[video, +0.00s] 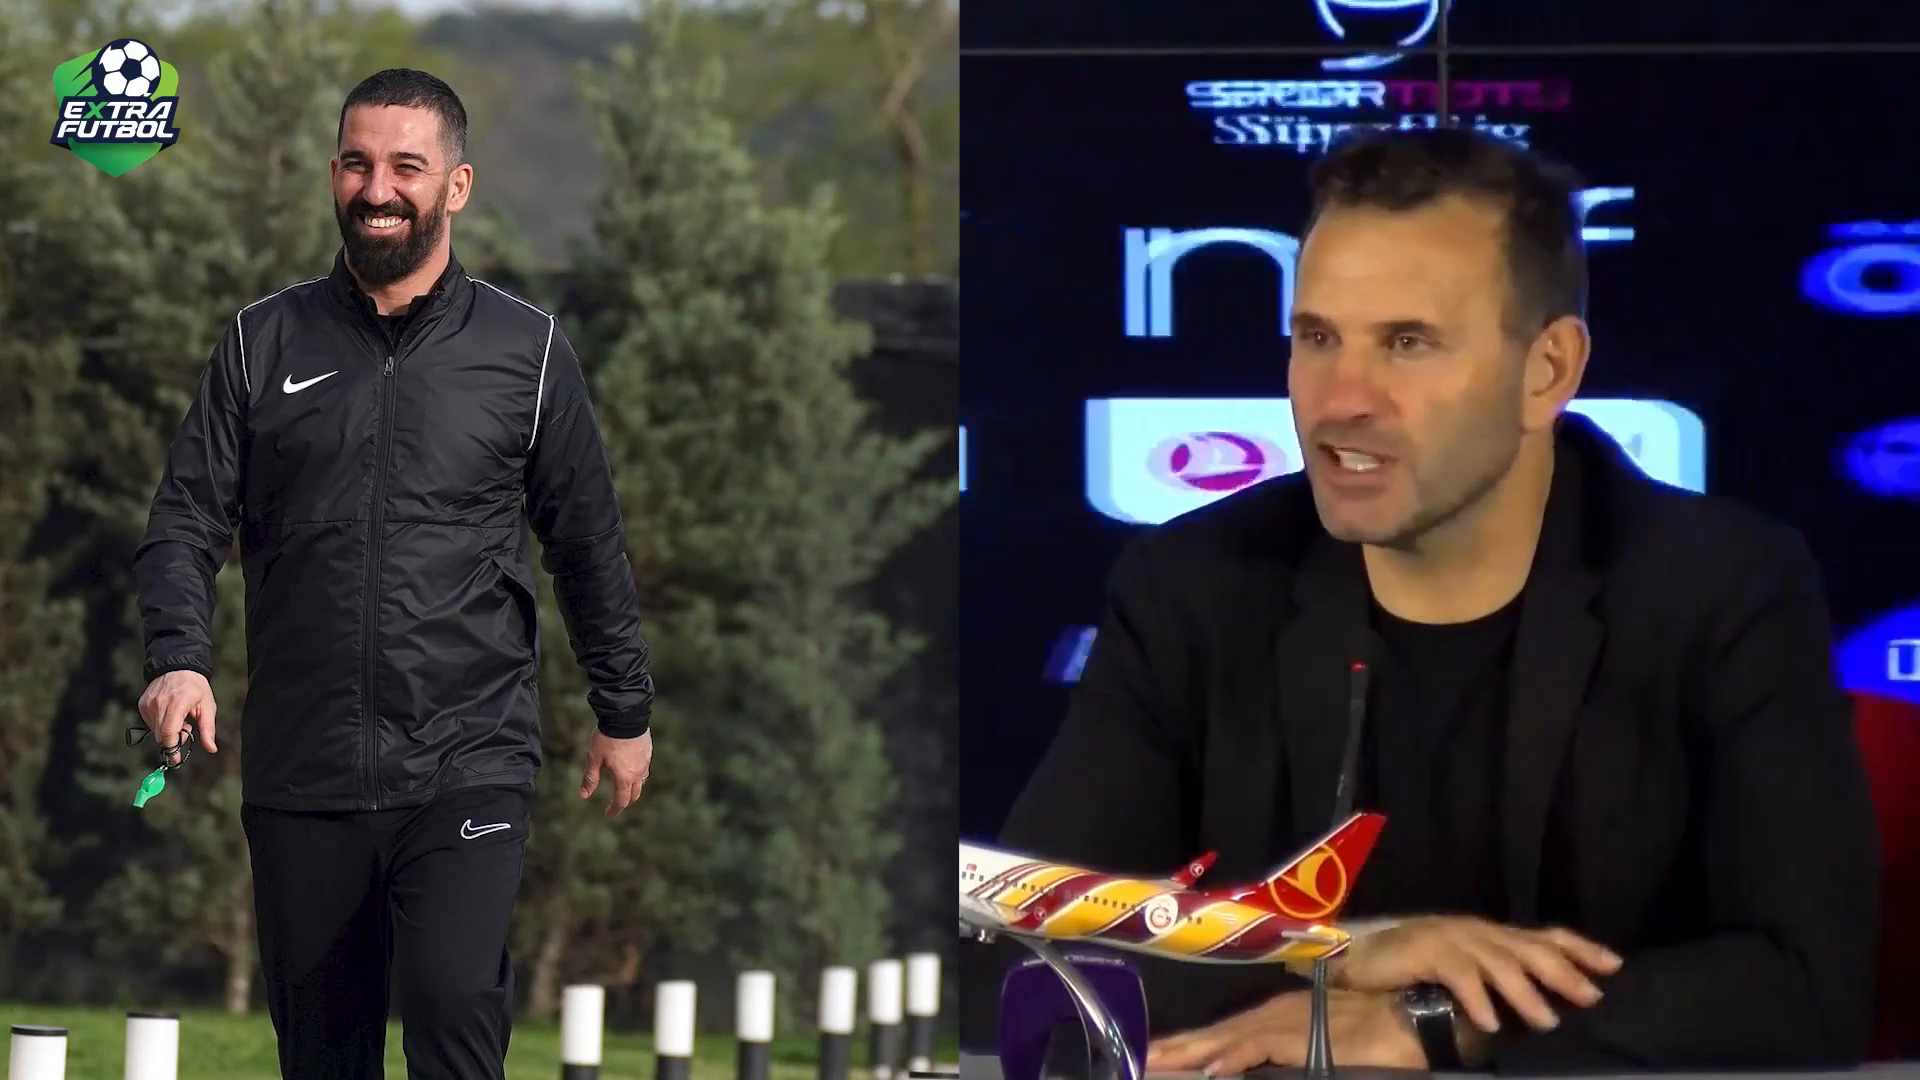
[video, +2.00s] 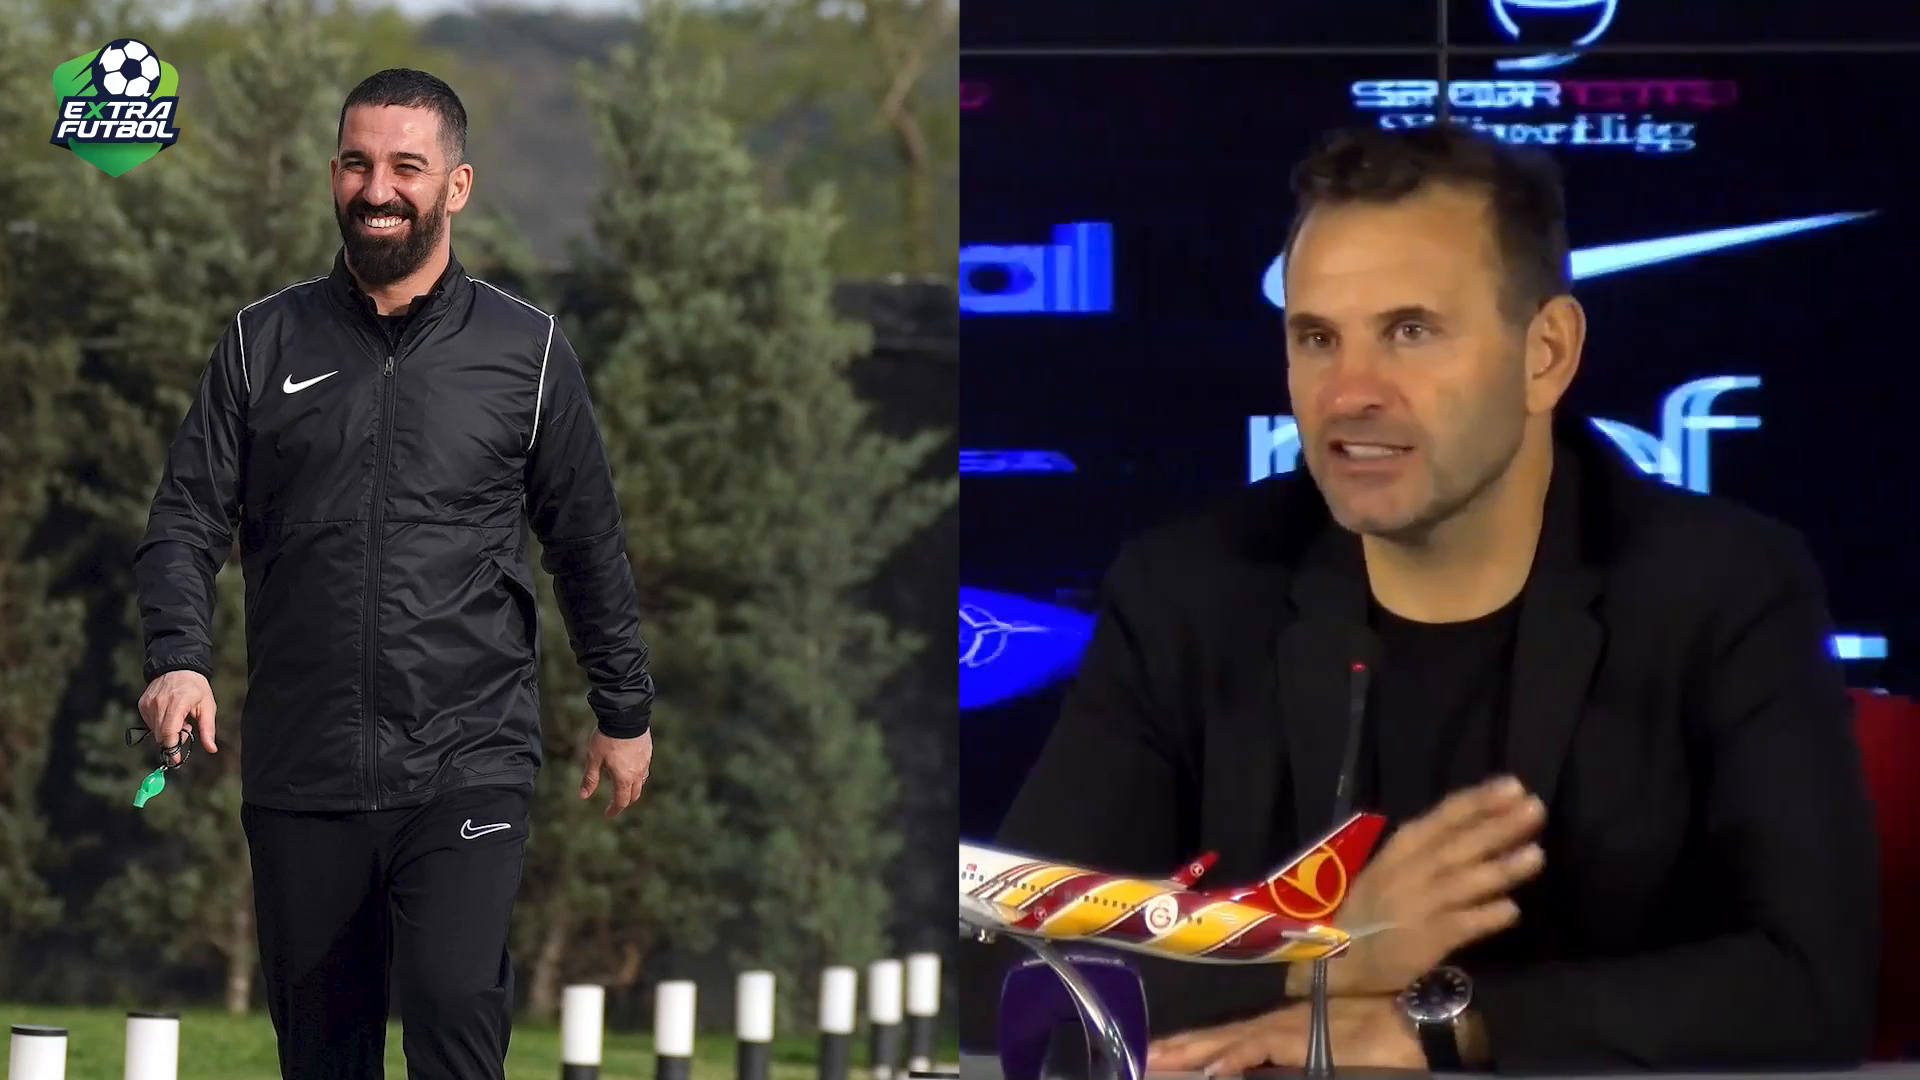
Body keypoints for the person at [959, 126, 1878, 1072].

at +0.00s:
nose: (1338, 396)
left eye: (1407, 344)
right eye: (1316, 338)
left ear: (1550, 371)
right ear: (1290, 342)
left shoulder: (1724, 590)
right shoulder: (1189, 586)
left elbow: (1807, 989)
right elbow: (1029, 963)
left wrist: (1428, 1027)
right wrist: (1328, 958)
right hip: (1247, 1073)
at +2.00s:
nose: (1348, 391)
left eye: (1409, 332)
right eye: (1316, 337)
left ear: (1548, 354)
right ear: (1285, 354)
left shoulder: (1725, 591)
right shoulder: (1189, 589)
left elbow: (1812, 989)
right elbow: (1026, 973)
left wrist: (1439, 1025)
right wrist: (1319, 959)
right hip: (1249, 1077)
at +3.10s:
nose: (1327, 400)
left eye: (1391, 342)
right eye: (1303, 346)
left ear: (1539, 359)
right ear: (1278, 354)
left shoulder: (1737, 594)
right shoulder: (1194, 592)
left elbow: (1811, 992)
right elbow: (1022, 961)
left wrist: (1438, 1026)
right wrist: (1322, 953)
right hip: (1253, 1079)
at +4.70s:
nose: (1328, 403)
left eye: (1393, 345)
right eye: (1306, 346)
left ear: (1543, 364)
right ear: (1284, 353)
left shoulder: (1735, 597)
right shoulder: (1195, 594)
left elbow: (1809, 992)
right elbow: (1025, 971)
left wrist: (1436, 1025)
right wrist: (1311, 955)